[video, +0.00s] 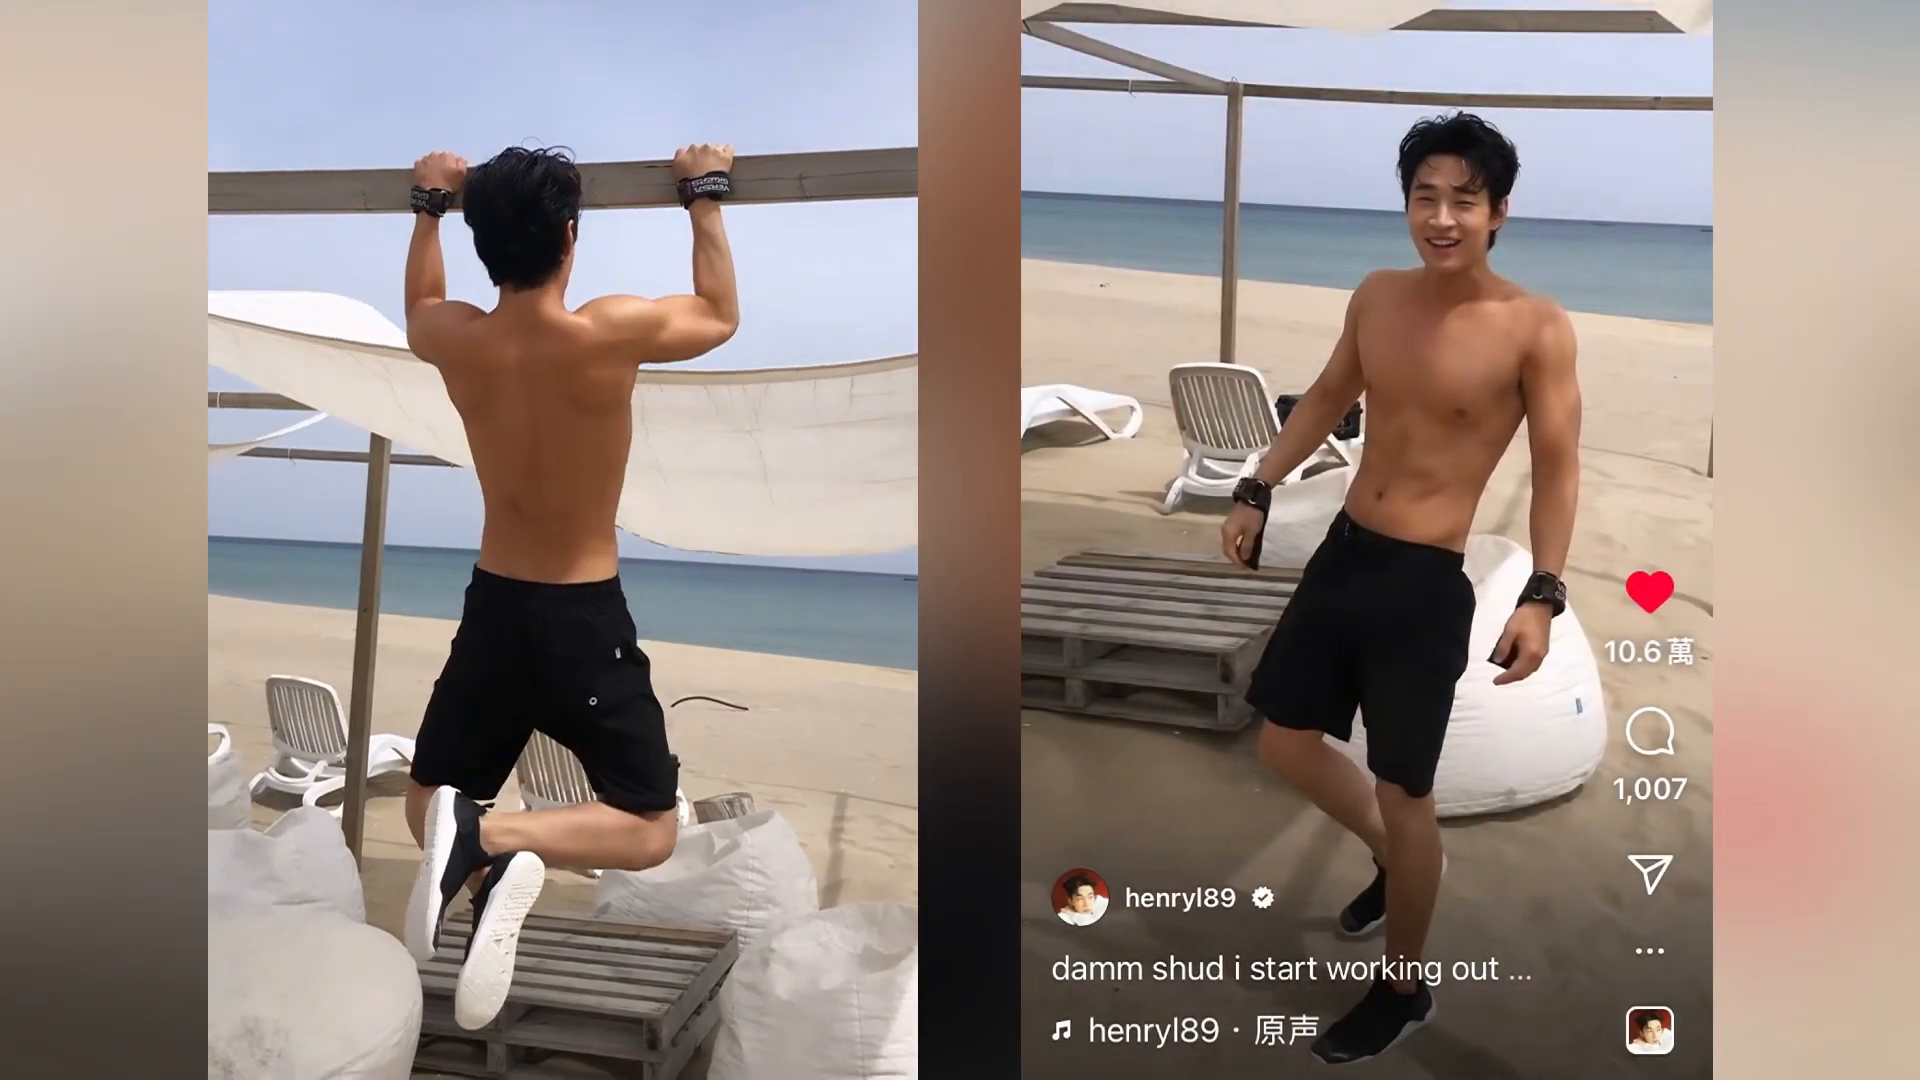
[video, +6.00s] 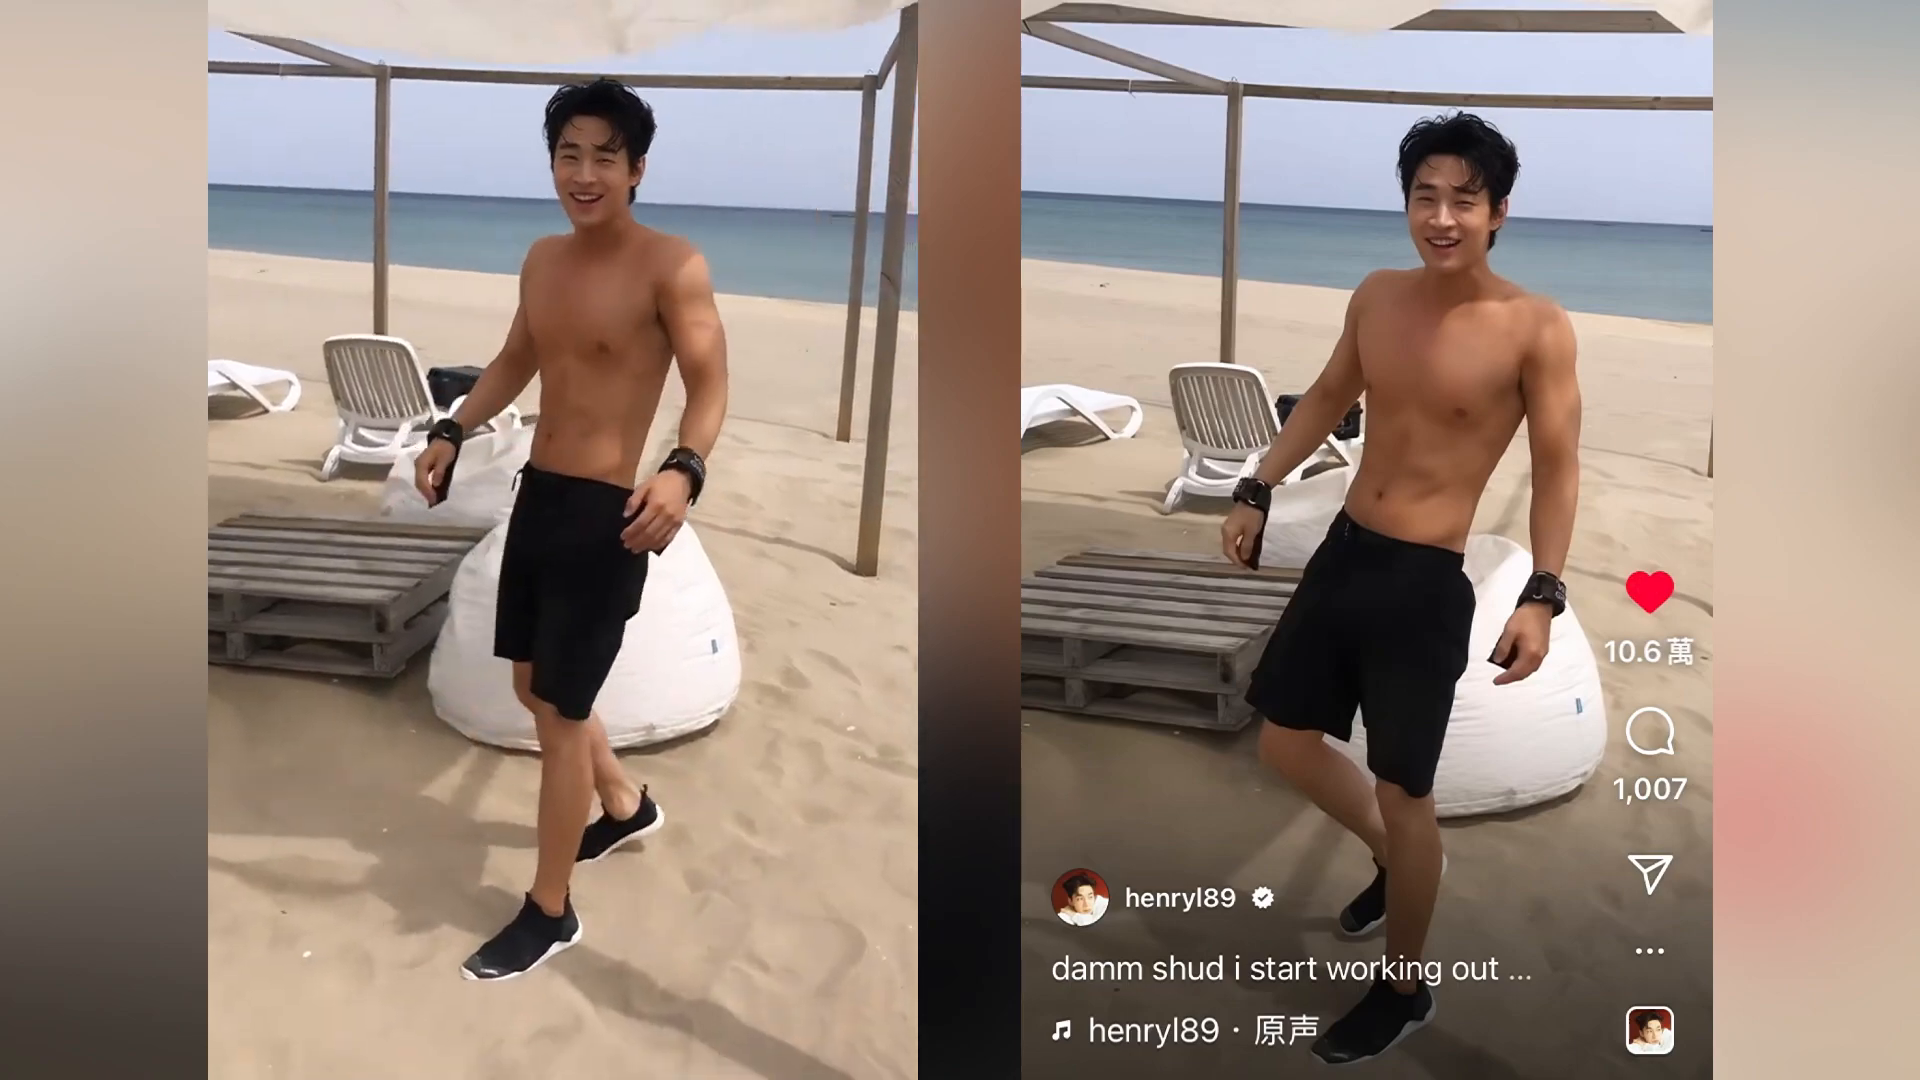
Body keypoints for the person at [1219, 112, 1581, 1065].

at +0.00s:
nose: (1440, 216)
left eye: (1462, 198)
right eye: (1424, 197)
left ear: (1498, 210)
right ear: (1406, 208)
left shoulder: (1534, 328)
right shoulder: (1378, 297)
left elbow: (1556, 468)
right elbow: (1329, 398)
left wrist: (1540, 595)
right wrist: (1256, 484)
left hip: (1427, 579)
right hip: (1345, 554)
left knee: (1402, 799)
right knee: (1284, 742)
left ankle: (1402, 981)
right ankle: (1398, 847)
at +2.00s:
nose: (1440, 216)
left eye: (1462, 198)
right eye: (1424, 197)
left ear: (1498, 210)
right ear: (1406, 208)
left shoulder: (1535, 328)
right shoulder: (1378, 296)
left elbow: (1556, 468)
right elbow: (1330, 398)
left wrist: (1540, 595)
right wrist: (1255, 484)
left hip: (1426, 579)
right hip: (1345, 553)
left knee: (1402, 799)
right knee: (1284, 742)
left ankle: (1403, 981)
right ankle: (1398, 847)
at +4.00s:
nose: (1440, 216)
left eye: (1462, 198)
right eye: (1424, 197)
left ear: (1498, 210)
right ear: (1406, 208)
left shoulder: (1535, 328)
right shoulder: (1378, 296)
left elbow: (1556, 468)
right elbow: (1330, 398)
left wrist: (1540, 595)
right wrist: (1255, 484)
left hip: (1426, 579)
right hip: (1345, 553)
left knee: (1402, 799)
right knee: (1284, 742)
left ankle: (1403, 981)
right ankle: (1398, 847)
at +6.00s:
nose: (1440, 216)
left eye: (1462, 199)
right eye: (1425, 197)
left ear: (1498, 211)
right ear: (1406, 207)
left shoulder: (1535, 328)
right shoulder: (1378, 296)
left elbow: (1556, 468)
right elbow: (1330, 398)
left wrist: (1541, 595)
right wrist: (1256, 484)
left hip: (1427, 579)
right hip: (1345, 553)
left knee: (1402, 799)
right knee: (1284, 741)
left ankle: (1402, 981)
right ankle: (1398, 848)